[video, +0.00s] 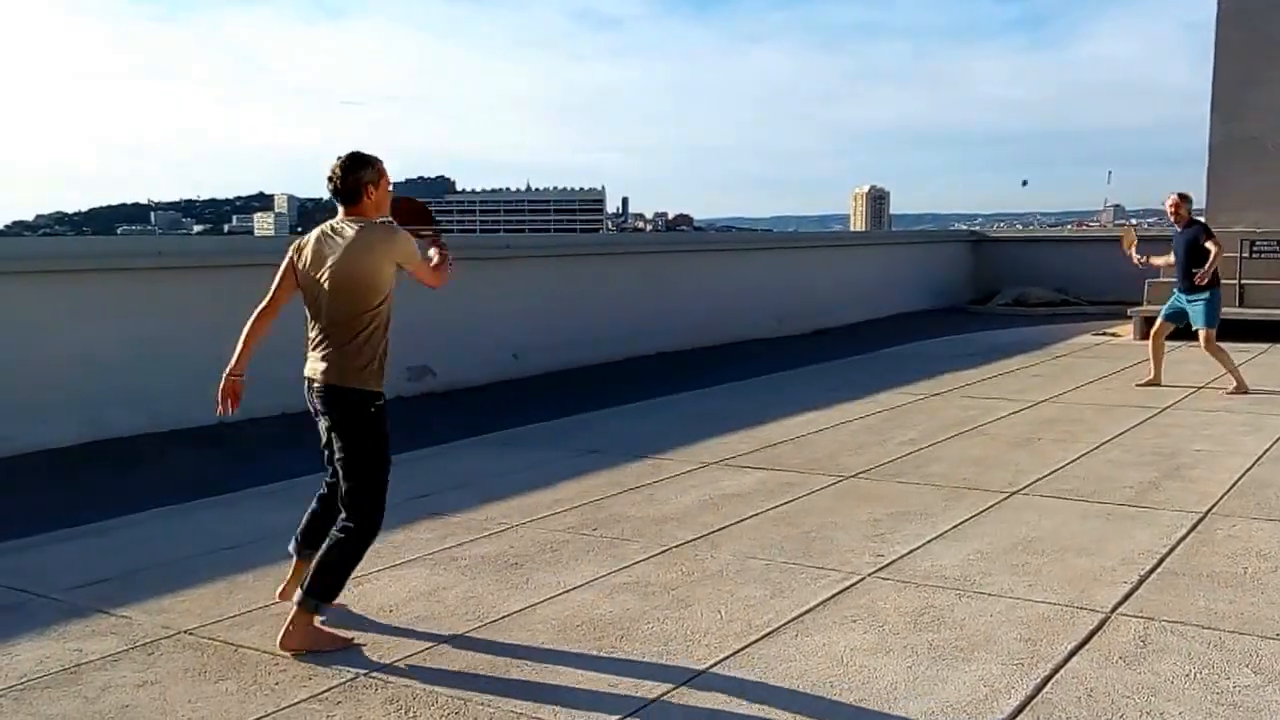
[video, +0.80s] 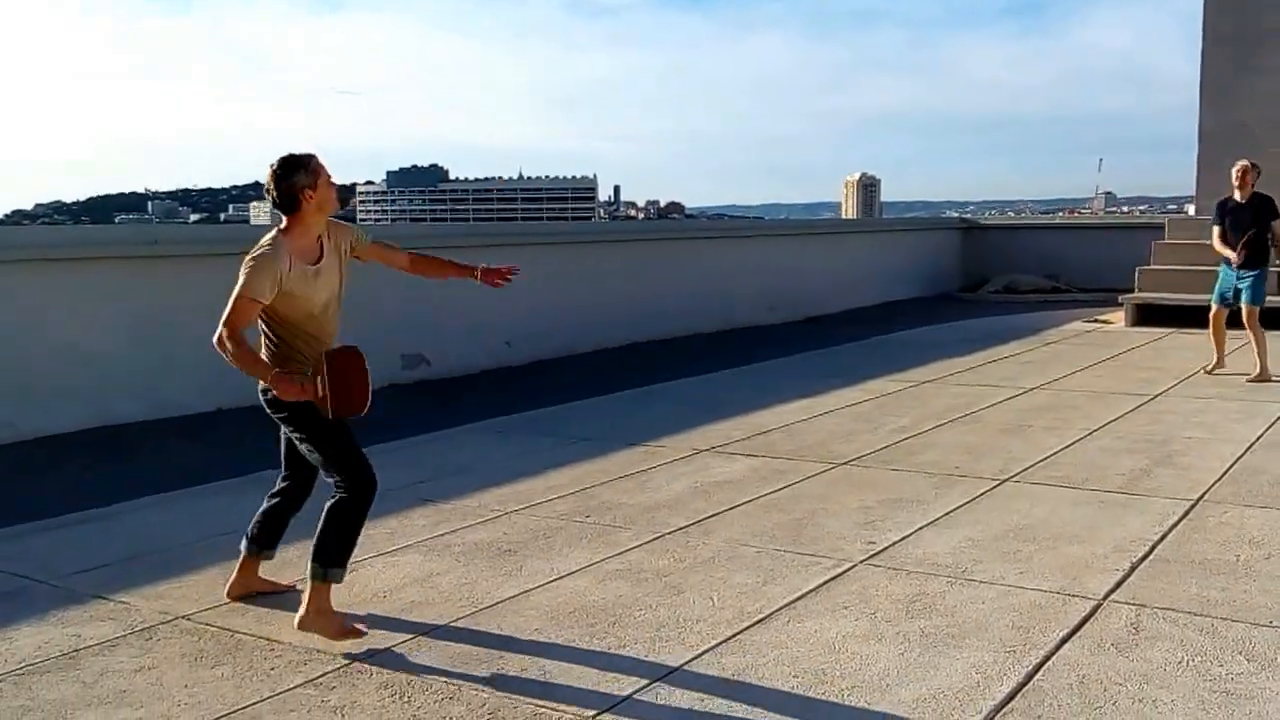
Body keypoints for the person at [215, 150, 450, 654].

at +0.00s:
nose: (391, 189)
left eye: (387, 181)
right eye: (386, 182)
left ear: (345, 194)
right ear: (371, 190)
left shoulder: (308, 243)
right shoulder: (387, 235)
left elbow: (267, 309)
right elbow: (433, 276)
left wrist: (235, 368)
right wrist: (438, 258)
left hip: (317, 386)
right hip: (356, 394)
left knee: (336, 486)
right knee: (362, 515)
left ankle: (296, 581)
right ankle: (301, 626)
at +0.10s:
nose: (377, 208)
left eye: (374, 200)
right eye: (372, 201)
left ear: (332, 211)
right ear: (355, 208)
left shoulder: (292, 262)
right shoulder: (376, 261)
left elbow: (264, 334)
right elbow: (409, 319)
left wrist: (236, 397)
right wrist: (385, 304)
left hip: (299, 401)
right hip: (345, 408)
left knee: (323, 492)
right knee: (380, 517)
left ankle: (286, 592)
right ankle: (306, 620)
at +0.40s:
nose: (366, 173)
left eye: (363, 163)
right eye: (361, 165)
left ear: (323, 174)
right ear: (343, 172)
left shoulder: (293, 219)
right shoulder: (345, 228)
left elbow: (261, 294)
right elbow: (348, 312)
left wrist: (280, 343)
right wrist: (377, 353)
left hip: (282, 364)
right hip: (317, 369)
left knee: (307, 468)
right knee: (353, 483)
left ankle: (282, 569)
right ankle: (312, 603)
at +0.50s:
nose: (364, 175)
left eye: (361, 166)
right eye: (360, 167)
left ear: (323, 176)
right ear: (341, 176)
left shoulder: (303, 221)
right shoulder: (324, 231)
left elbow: (307, 314)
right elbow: (321, 320)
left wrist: (350, 363)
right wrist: (366, 368)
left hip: (289, 366)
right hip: (308, 372)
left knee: (300, 470)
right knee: (346, 487)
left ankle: (262, 563)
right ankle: (320, 610)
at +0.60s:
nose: (359, 186)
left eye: (355, 179)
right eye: (352, 180)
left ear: (327, 192)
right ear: (334, 192)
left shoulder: (332, 241)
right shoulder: (301, 251)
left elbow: (350, 312)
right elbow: (283, 340)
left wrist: (406, 347)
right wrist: (334, 390)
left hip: (308, 386)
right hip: (294, 391)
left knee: (295, 483)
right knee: (354, 494)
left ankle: (248, 574)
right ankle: (321, 615)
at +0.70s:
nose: (349, 187)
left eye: (345, 180)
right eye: (342, 182)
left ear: (319, 196)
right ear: (324, 195)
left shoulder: (342, 247)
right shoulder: (285, 255)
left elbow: (394, 293)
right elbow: (252, 340)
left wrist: (455, 319)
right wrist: (299, 395)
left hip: (311, 386)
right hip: (284, 390)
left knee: (294, 483)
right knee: (356, 482)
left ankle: (245, 577)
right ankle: (322, 603)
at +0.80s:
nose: (335, 183)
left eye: (330, 176)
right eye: (328, 178)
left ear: (310, 196)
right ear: (309, 195)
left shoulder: (338, 235)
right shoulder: (267, 259)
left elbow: (406, 260)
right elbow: (226, 336)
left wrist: (475, 272)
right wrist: (275, 379)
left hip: (317, 382)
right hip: (287, 389)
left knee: (295, 481)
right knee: (356, 482)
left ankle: (245, 575)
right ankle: (316, 608)